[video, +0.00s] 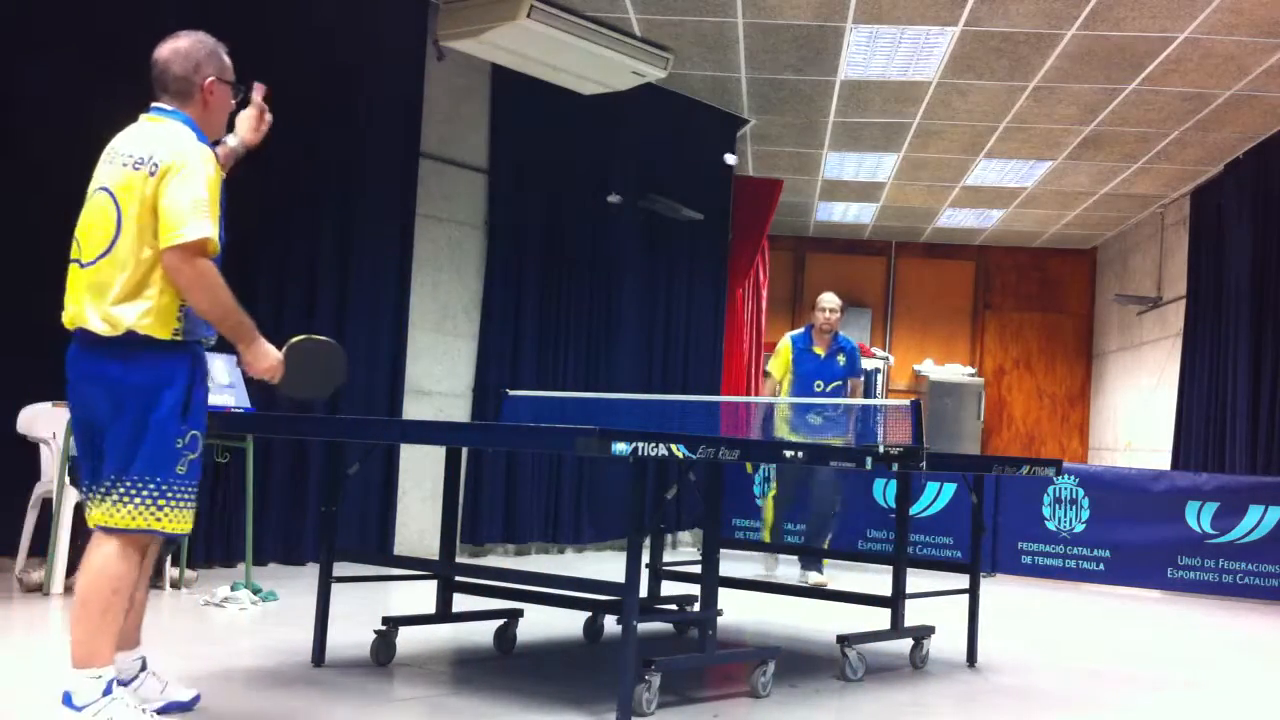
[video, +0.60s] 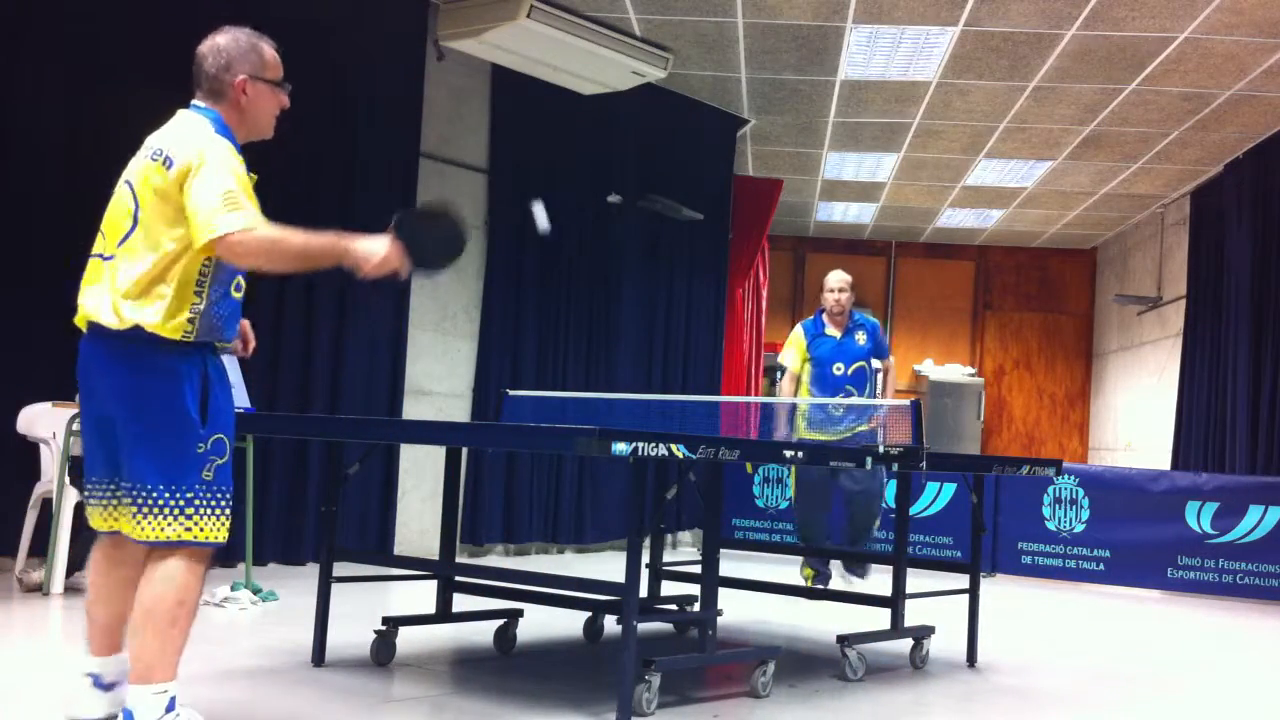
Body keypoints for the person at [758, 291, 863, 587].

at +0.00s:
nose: (828, 316)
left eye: (833, 311)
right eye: (823, 310)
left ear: (841, 316)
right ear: (813, 314)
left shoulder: (849, 350)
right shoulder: (792, 342)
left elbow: (856, 391)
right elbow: (770, 384)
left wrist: (850, 430)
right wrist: (757, 427)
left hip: (833, 439)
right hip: (792, 436)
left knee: (826, 499)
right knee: (784, 494)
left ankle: (811, 563)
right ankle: (771, 547)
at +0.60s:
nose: (837, 297)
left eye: (843, 291)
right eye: (831, 291)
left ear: (852, 295)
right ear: (822, 296)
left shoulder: (870, 327)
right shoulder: (804, 331)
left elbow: (888, 366)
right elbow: (788, 380)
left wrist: (885, 409)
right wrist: (781, 426)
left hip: (859, 433)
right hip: (814, 434)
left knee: (866, 492)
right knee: (811, 499)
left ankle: (856, 551)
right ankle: (815, 566)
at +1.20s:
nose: (868, 286)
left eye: (875, 279)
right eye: (863, 280)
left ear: (891, 284)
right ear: (857, 285)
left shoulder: (915, 321)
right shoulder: (844, 325)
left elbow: (944, 365)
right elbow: (824, 372)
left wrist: (934, 407)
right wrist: (824, 406)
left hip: (900, 438)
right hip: (853, 436)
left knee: (889, 515)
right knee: (853, 507)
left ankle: (875, 596)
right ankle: (844, 594)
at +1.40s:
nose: (870, 291)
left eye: (878, 284)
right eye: (865, 285)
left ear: (895, 289)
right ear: (859, 291)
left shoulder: (923, 323)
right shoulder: (849, 332)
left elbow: (957, 368)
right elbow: (833, 380)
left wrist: (945, 414)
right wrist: (824, 409)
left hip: (912, 444)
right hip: (863, 444)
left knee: (917, 524)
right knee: (860, 524)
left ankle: (889, 595)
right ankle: (866, 607)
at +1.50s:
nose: (873, 291)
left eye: (881, 283)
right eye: (867, 284)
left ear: (899, 287)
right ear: (862, 289)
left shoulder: (928, 320)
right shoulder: (854, 333)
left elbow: (967, 364)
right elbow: (838, 383)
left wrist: (954, 409)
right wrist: (833, 409)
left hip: (925, 441)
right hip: (872, 443)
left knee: (948, 503)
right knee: (862, 520)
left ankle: (922, 572)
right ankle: (865, 606)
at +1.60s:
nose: (879, 289)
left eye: (887, 281)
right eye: (874, 282)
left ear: (906, 284)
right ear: (869, 287)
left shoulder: (936, 315)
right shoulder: (862, 329)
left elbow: (982, 351)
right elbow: (850, 379)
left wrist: (967, 395)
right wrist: (848, 403)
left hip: (936, 432)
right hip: (886, 438)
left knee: (961, 504)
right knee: (864, 514)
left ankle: (966, 592)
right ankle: (865, 606)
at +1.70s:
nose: (890, 292)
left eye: (898, 284)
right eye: (885, 286)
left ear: (917, 288)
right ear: (879, 291)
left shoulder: (947, 316)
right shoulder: (874, 332)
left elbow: (997, 353)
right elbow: (865, 382)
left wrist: (980, 397)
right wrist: (865, 406)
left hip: (947, 433)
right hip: (896, 437)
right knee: (872, 509)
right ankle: (864, 605)